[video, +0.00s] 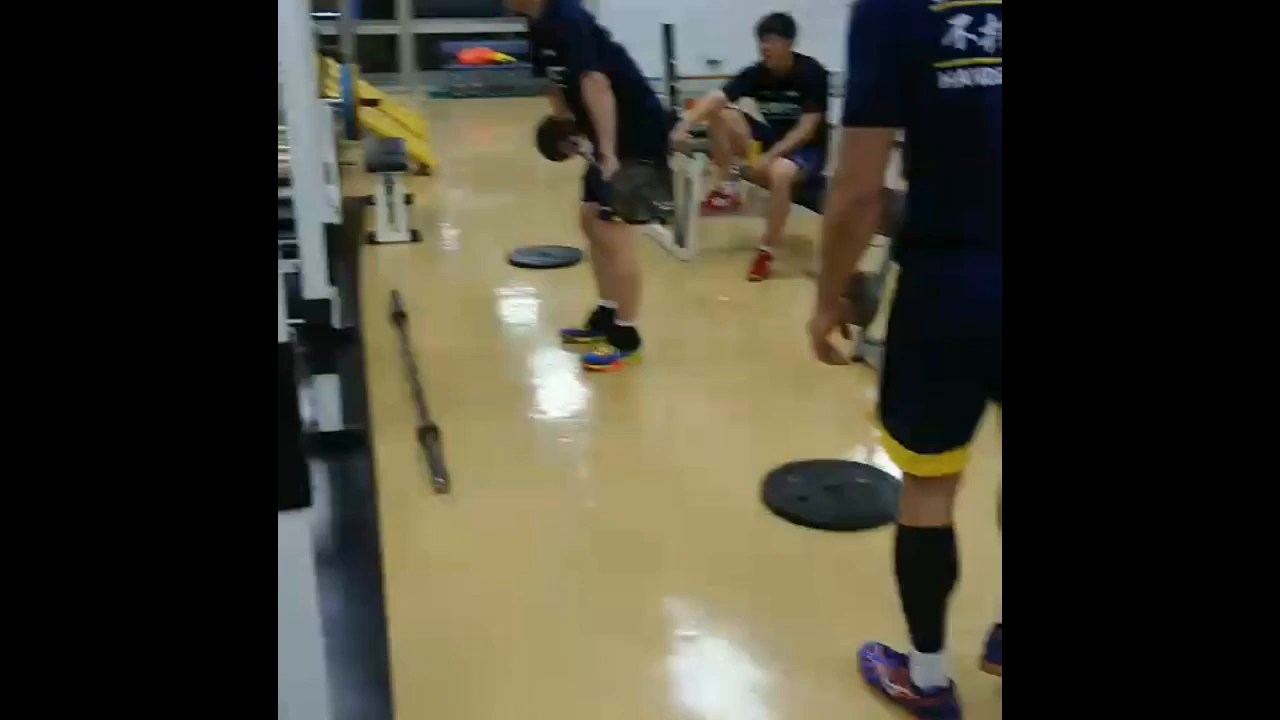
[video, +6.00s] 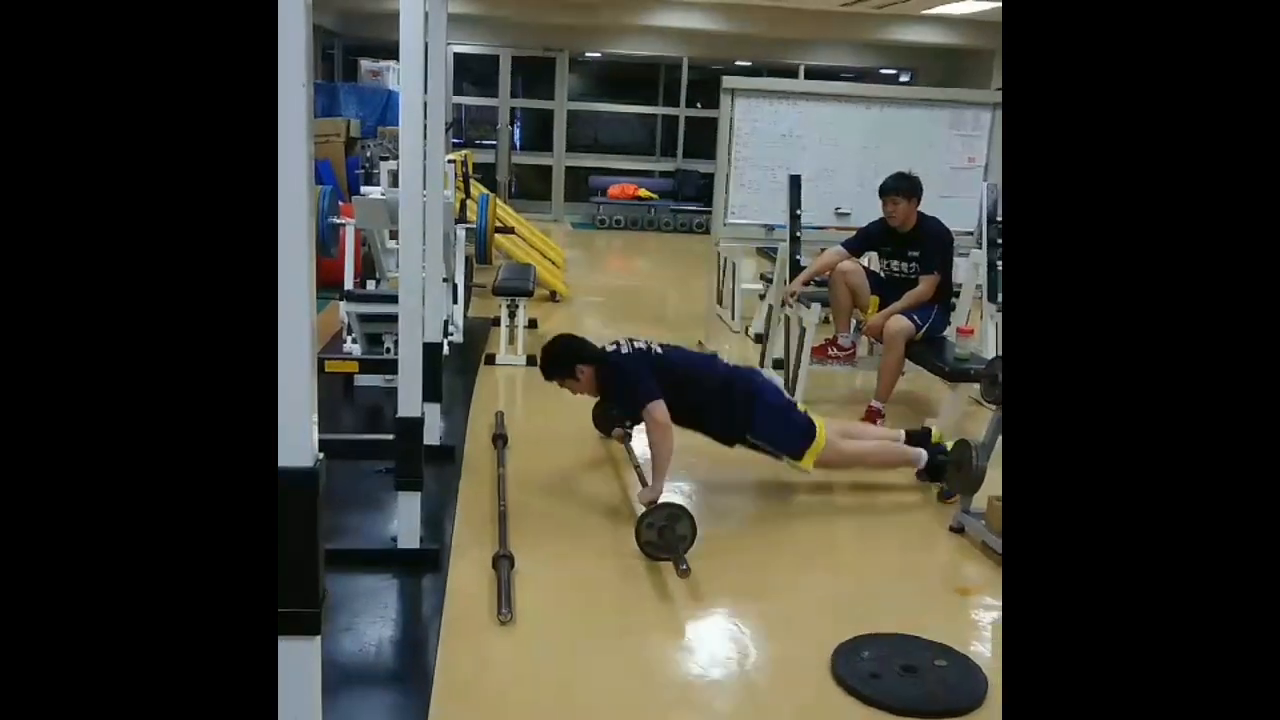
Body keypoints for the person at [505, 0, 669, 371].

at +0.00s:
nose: (508, 4)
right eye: (508, 1)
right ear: (523, 3)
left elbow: (596, 83)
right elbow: (556, 86)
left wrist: (608, 154)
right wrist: (564, 123)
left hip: (639, 136)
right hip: (607, 136)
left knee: (614, 228)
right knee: (594, 221)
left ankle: (627, 333)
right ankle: (608, 314)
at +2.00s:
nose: (599, 360)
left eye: (595, 353)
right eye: (591, 354)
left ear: (607, 338)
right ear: (609, 325)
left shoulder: (652, 345)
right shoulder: (641, 321)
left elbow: (683, 389)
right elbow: (648, 359)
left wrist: (672, 454)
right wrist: (628, 377)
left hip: (772, 398)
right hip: (764, 383)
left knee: (863, 410)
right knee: (854, 398)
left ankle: (959, 405)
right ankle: (945, 396)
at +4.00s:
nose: (726, 86)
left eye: (737, 78)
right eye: (726, 79)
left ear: (755, 90)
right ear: (725, 90)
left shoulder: (754, 138)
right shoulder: (722, 130)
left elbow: (749, 68)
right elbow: (717, 67)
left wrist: (748, 9)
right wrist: (713, 18)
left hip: (723, 271)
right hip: (695, 266)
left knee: (719, 383)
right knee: (691, 361)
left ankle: (746, 495)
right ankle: (716, 442)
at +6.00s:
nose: (575, 392)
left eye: (570, 384)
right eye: (566, 387)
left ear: (583, 369)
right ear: (583, 361)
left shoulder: (628, 373)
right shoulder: (617, 355)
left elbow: (661, 428)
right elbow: (640, 396)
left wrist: (656, 489)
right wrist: (617, 416)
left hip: (748, 409)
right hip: (748, 391)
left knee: (827, 455)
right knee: (823, 432)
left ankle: (930, 460)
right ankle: (915, 438)